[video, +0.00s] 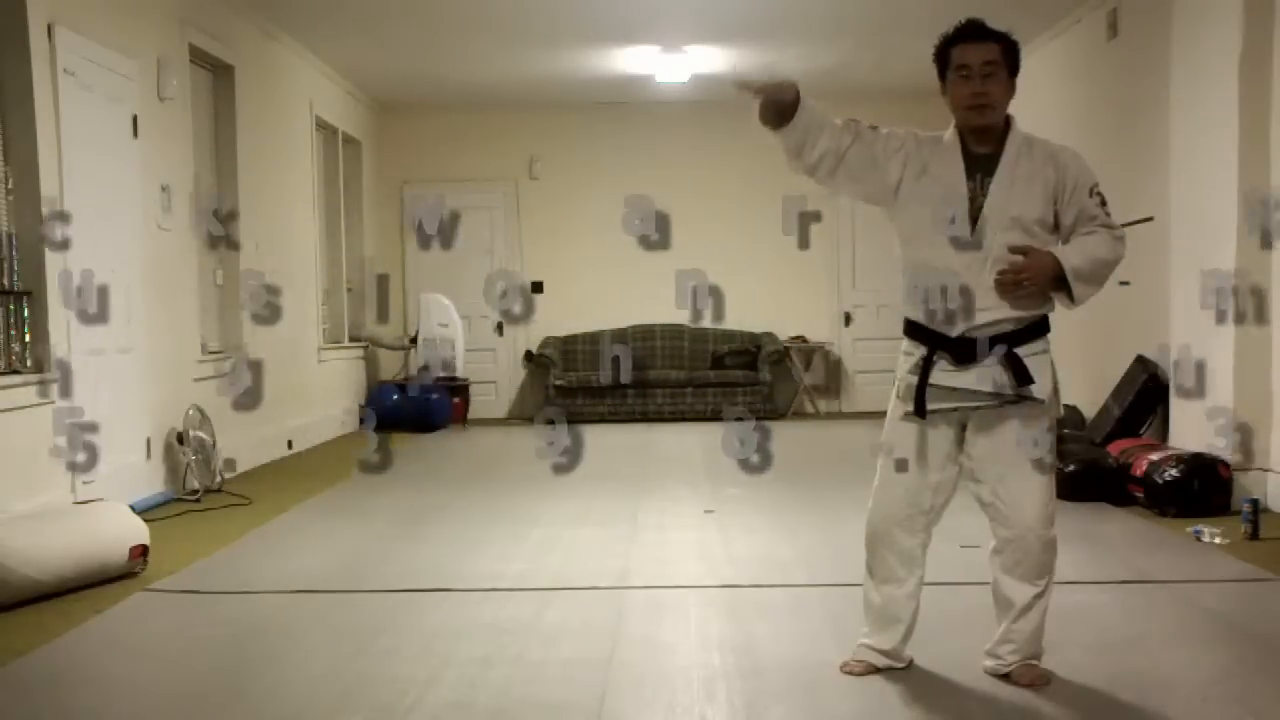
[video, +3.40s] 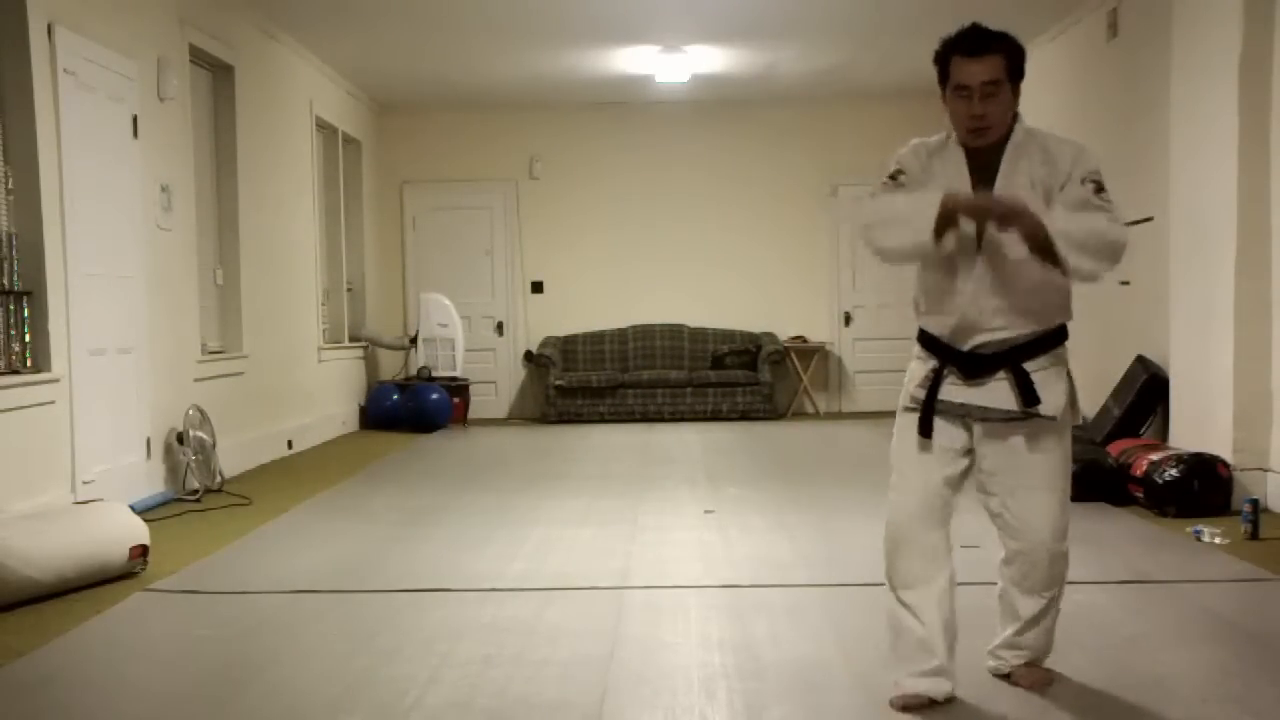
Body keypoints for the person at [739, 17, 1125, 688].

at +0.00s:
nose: (976, 84)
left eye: (990, 72)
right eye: (962, 73)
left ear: (1012, 83)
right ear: (942, 87)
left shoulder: (1058, 168)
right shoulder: (912, 157)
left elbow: (1104, 241)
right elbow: (837, 148)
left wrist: (1061, 264)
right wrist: (786, 107)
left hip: (1019, 370)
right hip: (929, 369)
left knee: (1029, 526)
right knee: (895, 516)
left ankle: (1015, 653)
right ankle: (882, 642)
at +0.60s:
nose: (970, 87)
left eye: (989, 75)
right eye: (964, 74)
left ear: (1023, 89)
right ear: (955, 84)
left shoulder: (1066, 171)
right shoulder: (922, 154)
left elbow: (1111, 249)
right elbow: (871, 116)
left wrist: (1063, 270)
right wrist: (875, 57)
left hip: (1019, 368)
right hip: (929, 365)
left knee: (1030, 525)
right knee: (894, 515)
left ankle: (1015, 653)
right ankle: (881, 641)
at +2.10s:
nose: (973, 83)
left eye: (981, 69)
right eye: (955, 73)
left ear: (997, 82)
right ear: (929, 95)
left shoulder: (1048, 162)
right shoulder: (907, 163)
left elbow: (1098, 234)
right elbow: (843, 169)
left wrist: (1057, 262)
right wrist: (800, 138)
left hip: (1021, 369)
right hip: (932, 370)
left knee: (1033, 527)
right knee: (898, 518)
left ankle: (1017, 654)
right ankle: (884, 643)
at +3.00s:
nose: (988, 89)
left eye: (1000, 75)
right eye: (971, 77)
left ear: (1016, 82)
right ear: (945, 90)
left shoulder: (1062, 161)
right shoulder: (913, 162)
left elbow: (1110, 239)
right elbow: (860, 229)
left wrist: (1065, 269)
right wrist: (831, 210)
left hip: (1030, 374)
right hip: (938, 374)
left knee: (1040, 531)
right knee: (901, 519)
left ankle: (1016, 654)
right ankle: (883, 642)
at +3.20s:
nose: (990, 101)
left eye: (1003, 87)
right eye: (975, 88)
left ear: (1024, 91)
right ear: (953, 96)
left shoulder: (1071, 162)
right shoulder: (926, 169)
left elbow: (1124, 242)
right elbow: (871, 242)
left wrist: (1044, 246)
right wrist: (902, 275)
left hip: (1034, 373)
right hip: (941, 370)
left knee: (1045, 538)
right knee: (887, 515)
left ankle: (1022, 655)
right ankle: (890, 640)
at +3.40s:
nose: (977, 108)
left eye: (991, 93)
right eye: (962, 93)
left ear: (1017, 93)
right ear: (944, 95)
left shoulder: (1063, 159)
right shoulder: (922, 160)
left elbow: (1108, 246)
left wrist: (1031, 219)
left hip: (1032, 371)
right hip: (939, 369)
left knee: (1040, 539)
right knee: (912, 529)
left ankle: (1021, 652)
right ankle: (921, 675)